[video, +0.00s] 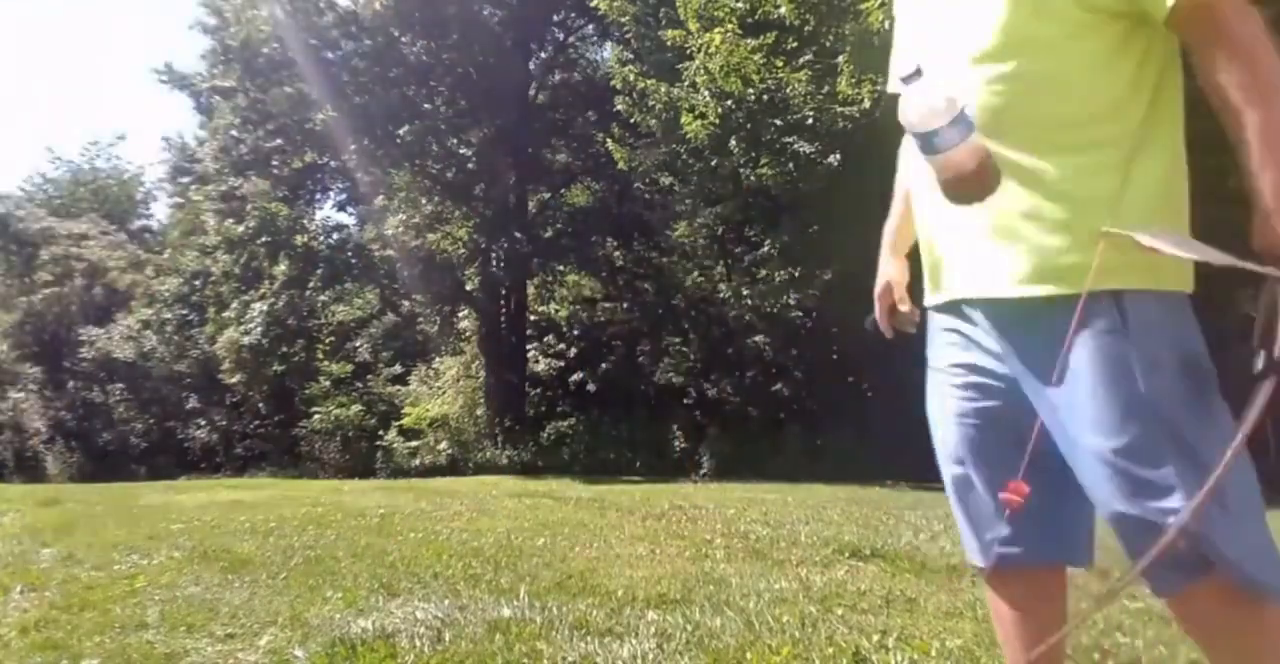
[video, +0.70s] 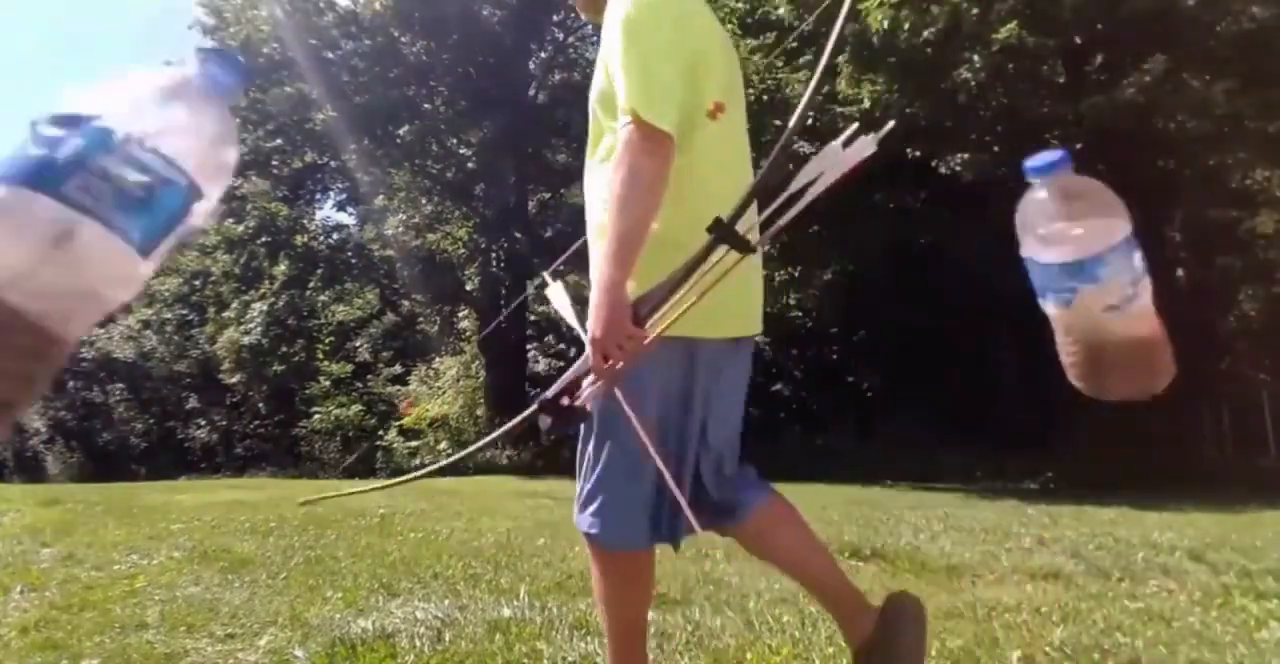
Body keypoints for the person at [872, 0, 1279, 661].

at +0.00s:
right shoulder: (921, 8)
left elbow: (1228, 36)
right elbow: (929, 110)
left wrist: (1271, 212)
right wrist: (895, 244)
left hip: (1106, 279)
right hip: (963, 290)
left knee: (1193, 551)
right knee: (1009, 551)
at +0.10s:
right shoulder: (899, 8)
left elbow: (1169, 32)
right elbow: (909, 111)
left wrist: (1220, 195)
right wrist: (871, 242)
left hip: (1044, 256)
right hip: (938, 270)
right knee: (987, 528)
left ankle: (1221, 650)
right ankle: (1034, 654)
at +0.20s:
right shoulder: (876, 10)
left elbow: (1062, 47)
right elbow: (885, 122)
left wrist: (1091, 207)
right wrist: (819, 241)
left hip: (964, 263)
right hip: (922, 265)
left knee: (902, 488)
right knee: (968, 497)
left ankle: (1043, 653)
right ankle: (1043, 652)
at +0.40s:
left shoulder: (850, 7)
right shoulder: (816, 16)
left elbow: (901, 86)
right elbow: (822, 150)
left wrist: (898, 241)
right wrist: (730, 244)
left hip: (816, 293)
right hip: (885, 291)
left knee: (730, 497)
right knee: (945, 508)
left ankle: (719, 655)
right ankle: (1019, 656)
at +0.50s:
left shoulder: (780, 4)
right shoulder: (813, 13)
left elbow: (816, 111)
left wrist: (800, 270)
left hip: (781, 309)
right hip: (849, 305)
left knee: (705, 524)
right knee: (913, 515)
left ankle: (648, 654)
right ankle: (999, 657)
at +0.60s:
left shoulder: (735, 8)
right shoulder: (739, 17)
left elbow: (761, 129)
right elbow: (734, 153)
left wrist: (735, 283)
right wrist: (672, 260)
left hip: (717, 320)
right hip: (789, 315)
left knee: (656, 513)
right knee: (874, 518)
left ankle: (636, 657)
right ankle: (983, 655)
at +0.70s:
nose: (571, 3)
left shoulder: (640, 12)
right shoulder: (695, 22)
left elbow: (646, 144)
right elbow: (692, 190)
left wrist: (610, 286)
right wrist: (615, 339)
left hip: (663, 315)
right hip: (719, 308)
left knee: (612, 509)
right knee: (721, 485)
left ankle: (626, 659)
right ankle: (866, 626)